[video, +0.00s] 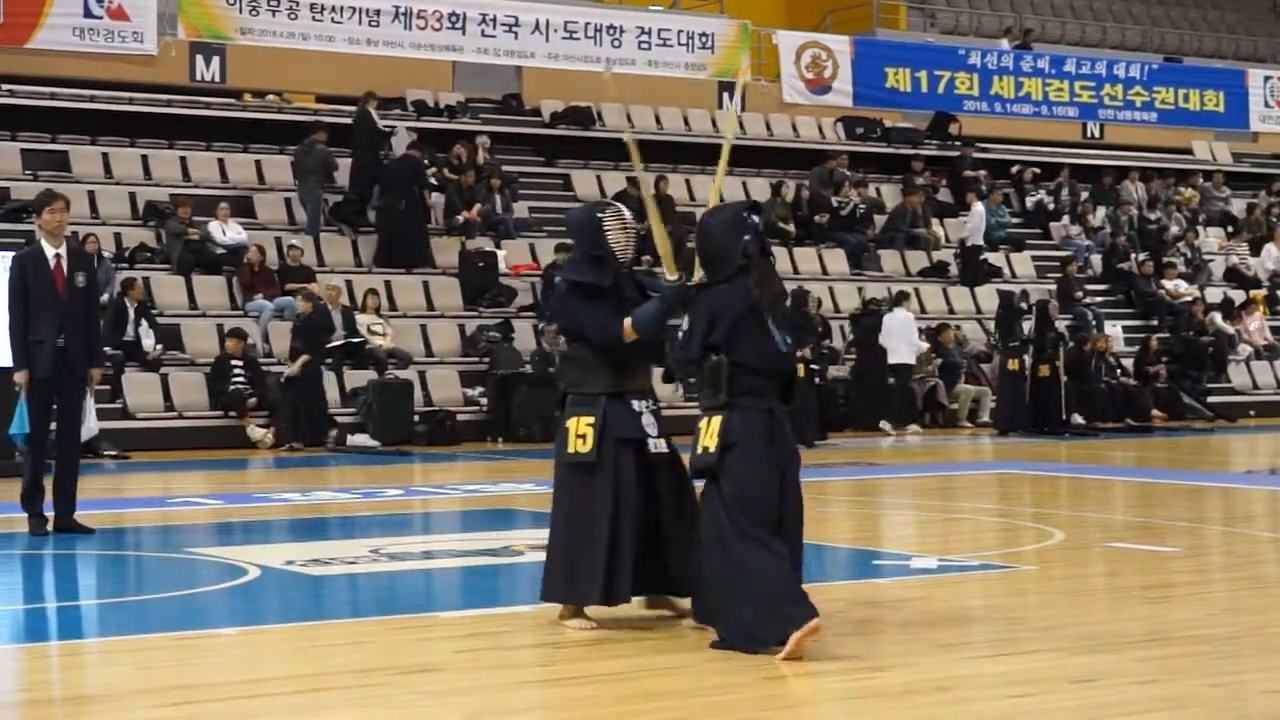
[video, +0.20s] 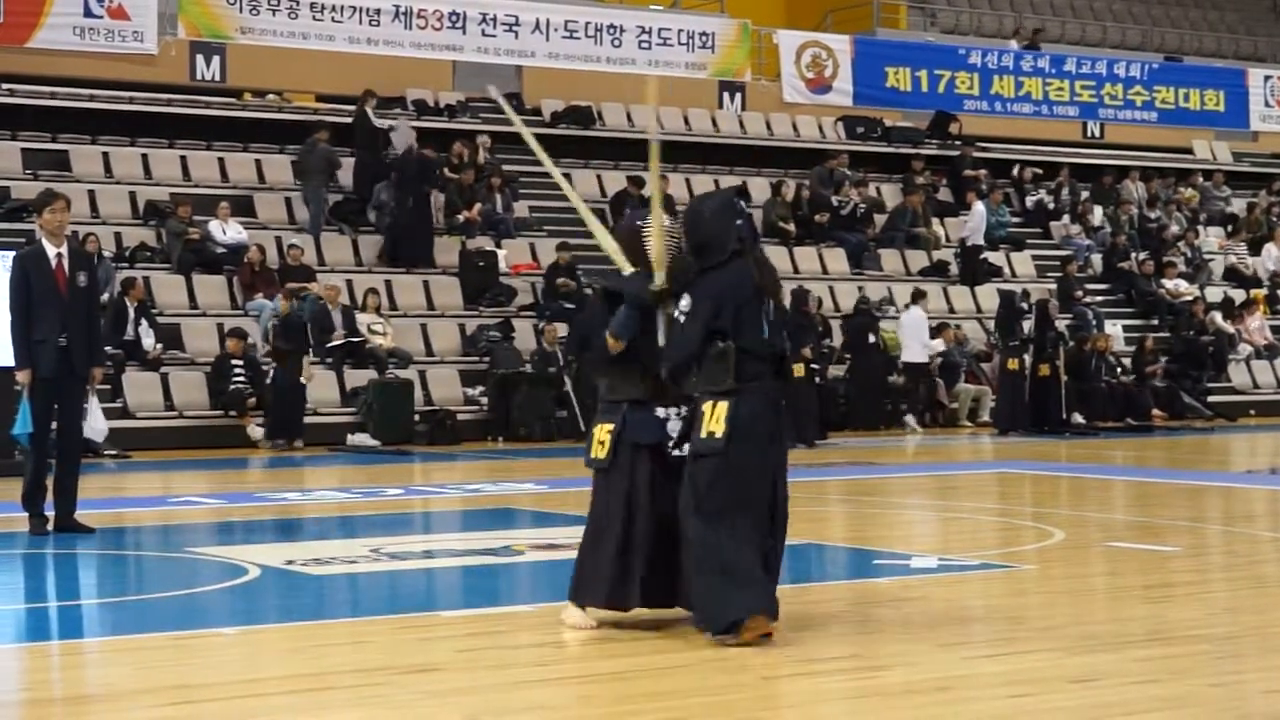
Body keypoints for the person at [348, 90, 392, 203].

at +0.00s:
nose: (375, 105)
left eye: (376, 102)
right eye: (375, 102)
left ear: (364, 100)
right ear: (370, 101)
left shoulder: (359, 112)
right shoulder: (369, 112)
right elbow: (377, 128)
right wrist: (390, 132)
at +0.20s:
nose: (375, 103)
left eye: (375, 100)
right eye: (374, 100)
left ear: (364, 99)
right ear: (369, 99)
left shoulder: (360, 112)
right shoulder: (366, 112)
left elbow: (373, 123)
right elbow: (374, 124)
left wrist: (387, 125)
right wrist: (389, 126)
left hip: (364, 147)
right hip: (369, 149)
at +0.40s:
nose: (375, 103)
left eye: (375, 101)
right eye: (374, 100)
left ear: (366, 99)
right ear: (369, 99)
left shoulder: (364, 112)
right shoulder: (364, 112)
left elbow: (371, 125)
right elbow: (370, 126)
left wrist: (385, 125)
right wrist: (386, 126)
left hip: (367, 147)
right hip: (367, 148)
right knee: (367, 171)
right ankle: (364, 196)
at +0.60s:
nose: (375, 104)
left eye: (376, 101)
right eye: (374, 101)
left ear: (367, 100)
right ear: (368, 100)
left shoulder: (366, 111)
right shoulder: (363, 112)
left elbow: (370, 123)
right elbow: (369, 125)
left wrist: (381, 121)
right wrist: (383, 122)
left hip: (369, 146)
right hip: (368, 148)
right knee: (368, 171)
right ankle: (364, 196)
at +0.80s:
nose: (375, 105)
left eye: (376, 102)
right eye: (375, 102)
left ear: (367, 101)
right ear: (369, 100)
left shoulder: (367, 112)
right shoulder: (362, 112)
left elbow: (370, 122)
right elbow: (366, 126)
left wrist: (380, 118)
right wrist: (379, 122)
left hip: (371, 147)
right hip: (366, 147)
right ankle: (363, 198)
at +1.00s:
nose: (375, 105)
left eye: (376, 103)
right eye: (375, 102)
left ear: (368, 101)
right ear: (369, 101)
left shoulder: (367, 112)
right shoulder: (363, 112)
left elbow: (372, 121)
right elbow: (368, 125)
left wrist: (383, 116)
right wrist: (382, 119)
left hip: (371, 146)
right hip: (367, 146)